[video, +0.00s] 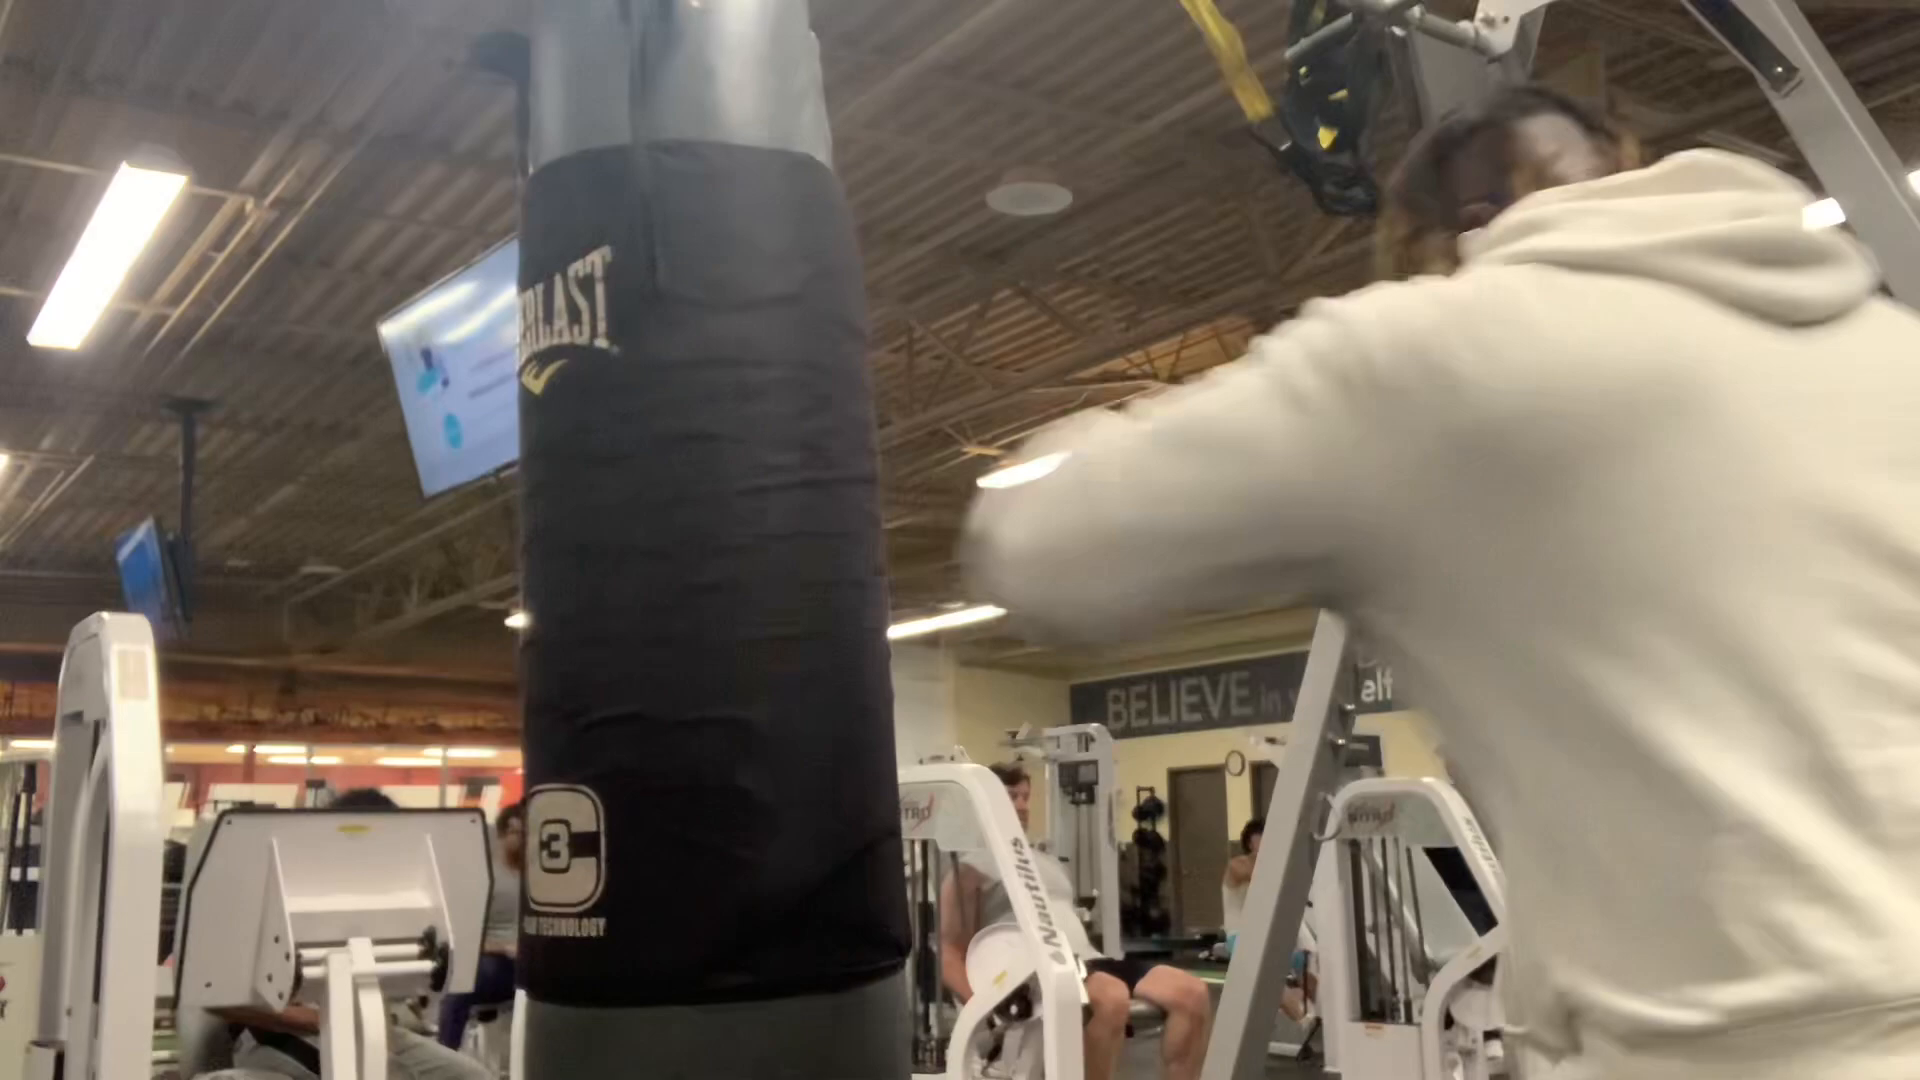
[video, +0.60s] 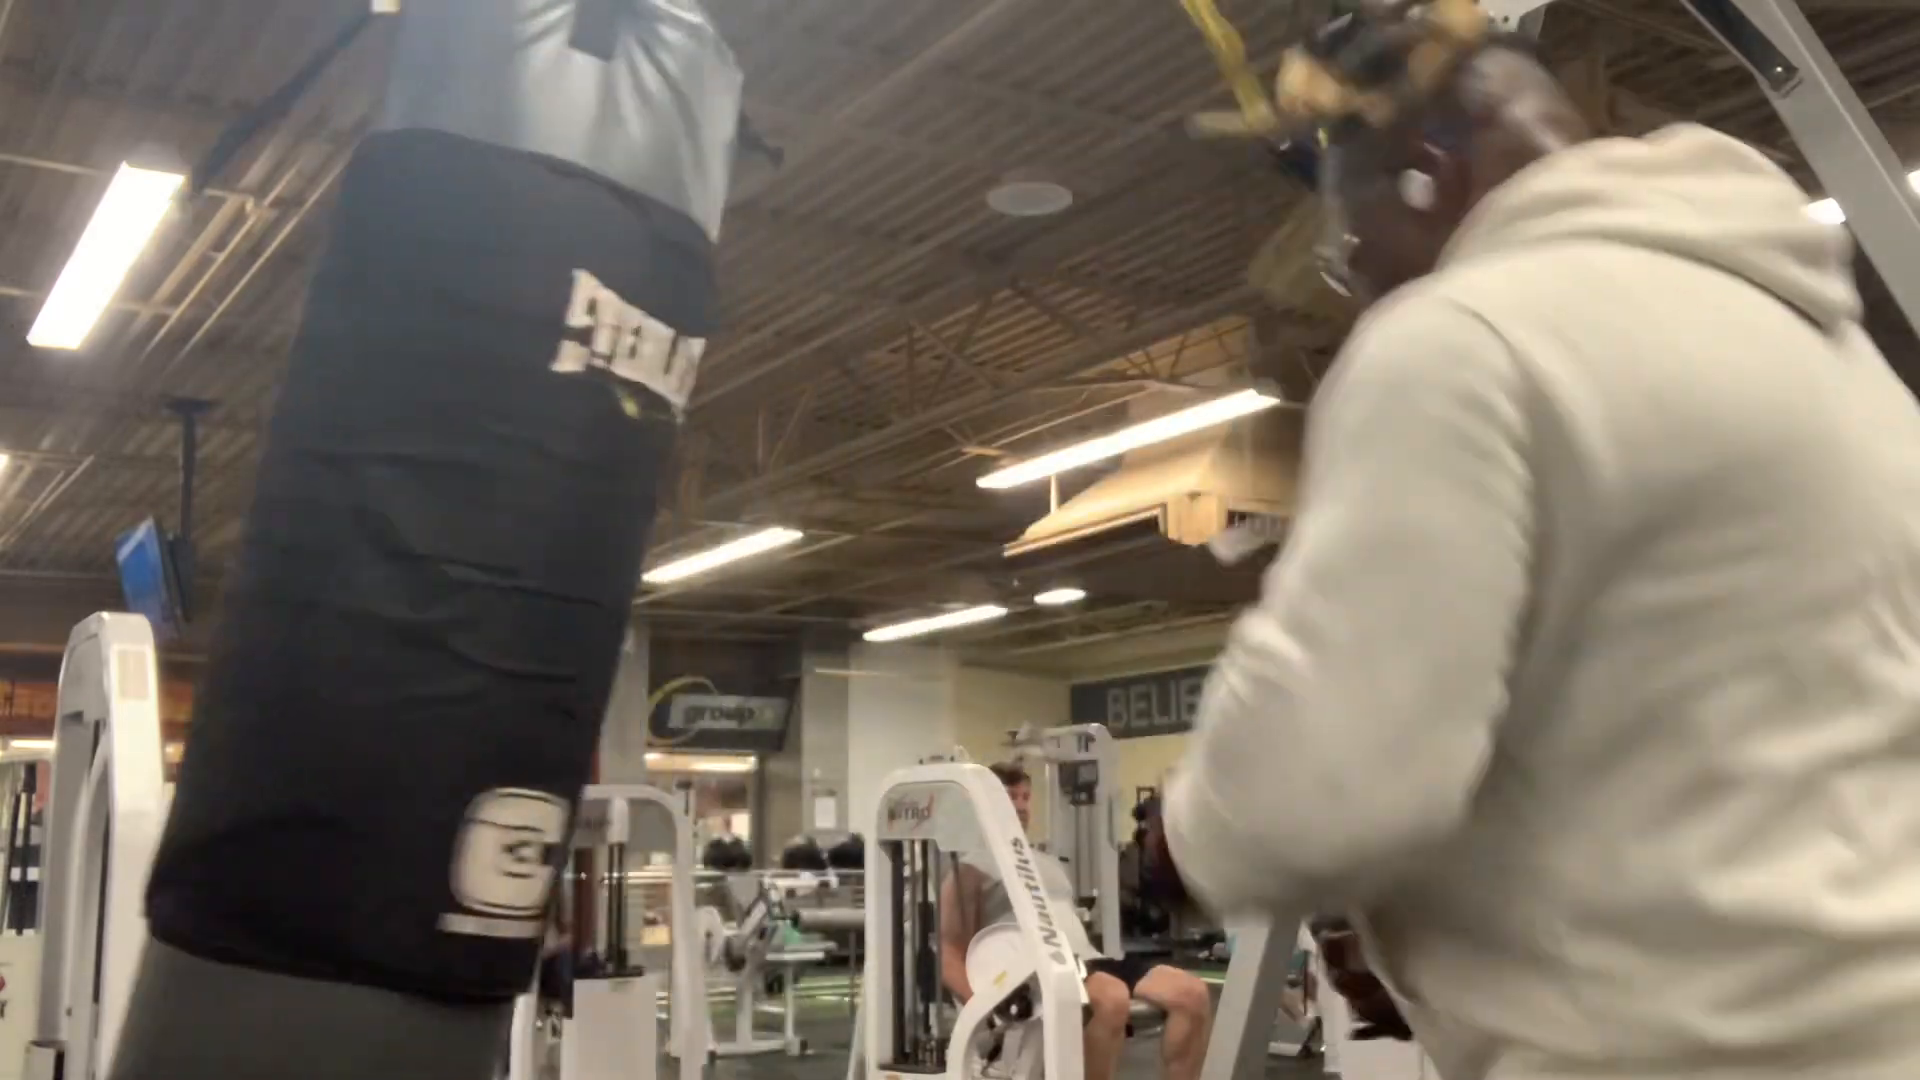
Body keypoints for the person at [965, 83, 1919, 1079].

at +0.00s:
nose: (1401, 285)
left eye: (1402, 267)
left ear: (1438, 245)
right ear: (1630, 174)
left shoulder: (1425, 357)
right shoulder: (1886, 339)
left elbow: (1033, 554)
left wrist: (1107, 447)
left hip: (1682, 1040)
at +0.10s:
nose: (1324, 283)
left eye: (1312, 259)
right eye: (1323, 265)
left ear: (1354, 225)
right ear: (1531, 177)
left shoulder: (1305, 335)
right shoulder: (1843, 397)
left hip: (1594, 1030)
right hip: (1901, 1011)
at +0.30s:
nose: (1142, 360)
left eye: (1124, 305)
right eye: (1115, 322)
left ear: (1215, 224)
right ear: (1264, 199)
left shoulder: (1381, 341)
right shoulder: (1499, 297)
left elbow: (1171, 761)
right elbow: (1157, 581)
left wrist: (1002, 643)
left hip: (1630, 1025)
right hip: (1788, 989)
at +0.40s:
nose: (1139, 261)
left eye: (1138, 198)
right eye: (1117, 213)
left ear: (1235, 143)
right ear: (1355, 122)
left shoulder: (1357, 307)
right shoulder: (1544, 253)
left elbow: (1187, 764)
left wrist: (1032, 629)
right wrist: (1065, 829)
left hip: (1643, 1030)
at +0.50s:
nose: (1252, 265)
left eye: (1239, 220)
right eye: (1229, 238)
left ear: (1314, 129)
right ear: (1444, 97)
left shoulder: (1368, 279)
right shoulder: (1663, 252)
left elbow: (1271, 721)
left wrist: (1133, 691)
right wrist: (1348, 913)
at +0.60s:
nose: (1359, 280)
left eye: (1356, 238)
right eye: (1347, 252)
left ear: (1429, 179)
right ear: (1557, 148)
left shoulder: (1460, 338)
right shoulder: (1808, 323)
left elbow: (1339, 784)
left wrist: (1196, 827)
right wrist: (1428, 928)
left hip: (1639, 1046)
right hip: (1878, 1021)